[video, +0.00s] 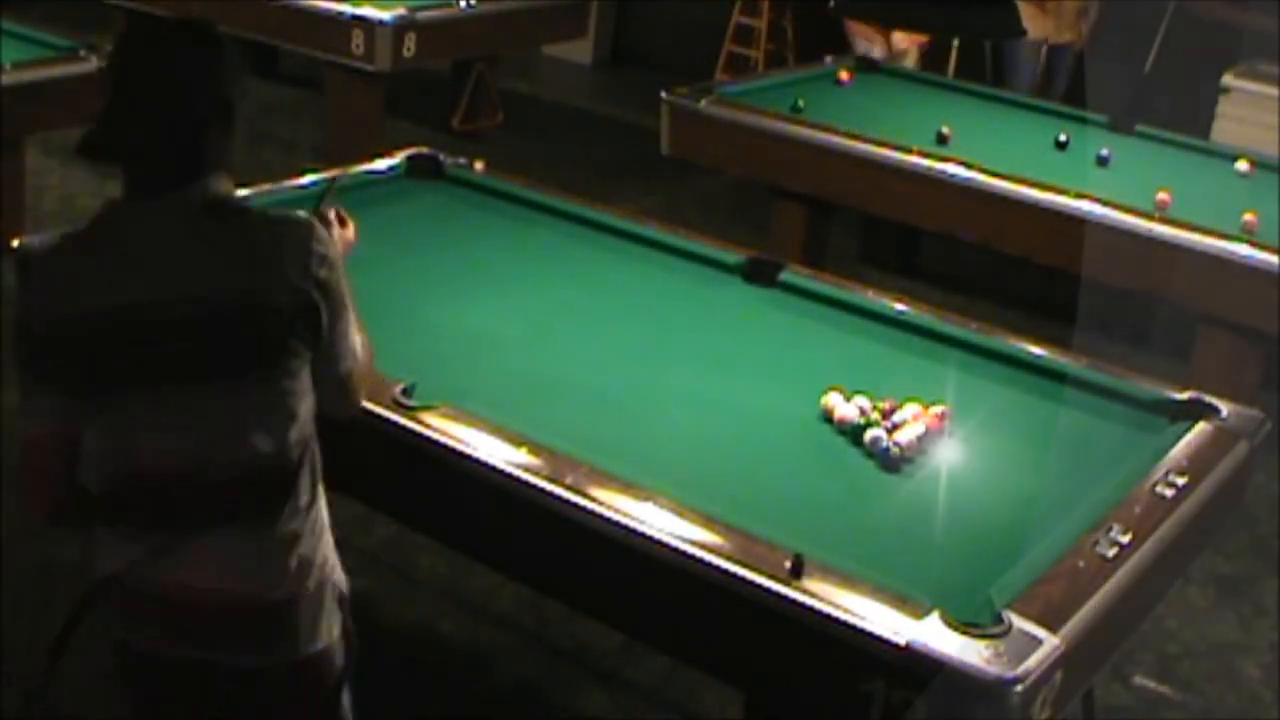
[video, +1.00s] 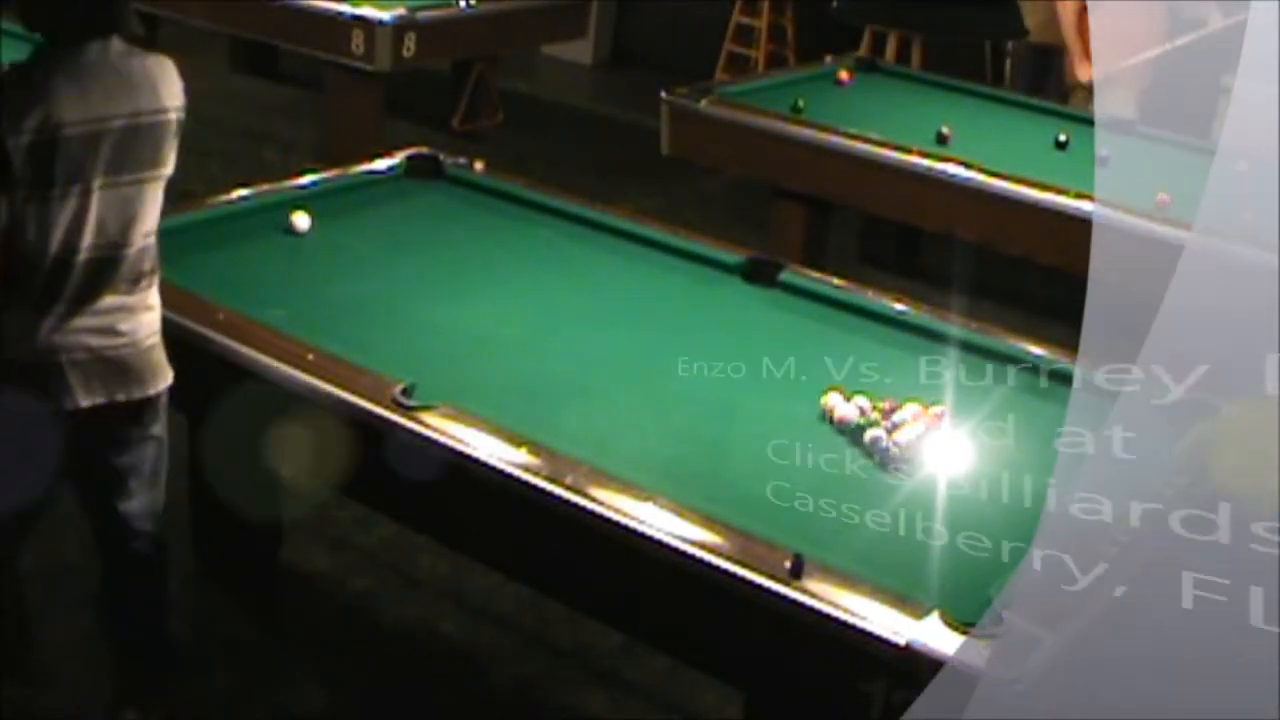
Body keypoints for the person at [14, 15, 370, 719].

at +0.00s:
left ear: (114, 128)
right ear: (227, 126)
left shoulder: (55, 274)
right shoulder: (292, 250)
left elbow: (46, 467)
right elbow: (349, 392)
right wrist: (334, 264)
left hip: (138, 618)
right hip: (283, 621)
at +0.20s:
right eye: (215, 70)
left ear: (108, 83)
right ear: (220, 84)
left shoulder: (52, 218)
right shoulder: (271, 201)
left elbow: (31, 402)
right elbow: (312, 333)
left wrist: (86, 490)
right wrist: (322, 214)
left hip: (127, 542)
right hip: (261, 537)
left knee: (163, 691)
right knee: (287, 677)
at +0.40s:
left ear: (106, 70)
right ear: (205, 71)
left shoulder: (46, 189)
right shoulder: (251, 174)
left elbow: (19, 345)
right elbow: (283, 310)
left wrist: (49, 444)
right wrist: (277, 185)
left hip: (112, 486)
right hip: (234, 484)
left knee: (164, 679)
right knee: (226, 663)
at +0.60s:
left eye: (109, 41)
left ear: (107, 51)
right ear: (194, 51)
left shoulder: (61, 151)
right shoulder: (239, 149)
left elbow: (23, 293)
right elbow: (244, 273)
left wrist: (23, 384)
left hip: (93, 445)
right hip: (198, 437)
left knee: (141, 638)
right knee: (165, 618)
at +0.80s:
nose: (83, 25)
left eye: (87, 15)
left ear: (89, 20)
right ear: (164, 22)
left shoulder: (51, 111)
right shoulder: (207, 110)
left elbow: (25, 245)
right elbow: (195, 214)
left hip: (80, 389)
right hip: (174, 379)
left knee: (58, 546)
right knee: (158, 558)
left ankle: (146, 696)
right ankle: (164, 692)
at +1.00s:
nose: (27, 15)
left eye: (35, 8)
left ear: (48, 9)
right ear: (121, 6)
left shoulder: (25, 94)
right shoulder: (164, 83)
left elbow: (13, 227)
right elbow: (139, 194)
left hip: (36, 364)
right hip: (134, 355)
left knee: (18, 535)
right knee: (139, 543)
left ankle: (23, 679)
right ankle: (148, 691)